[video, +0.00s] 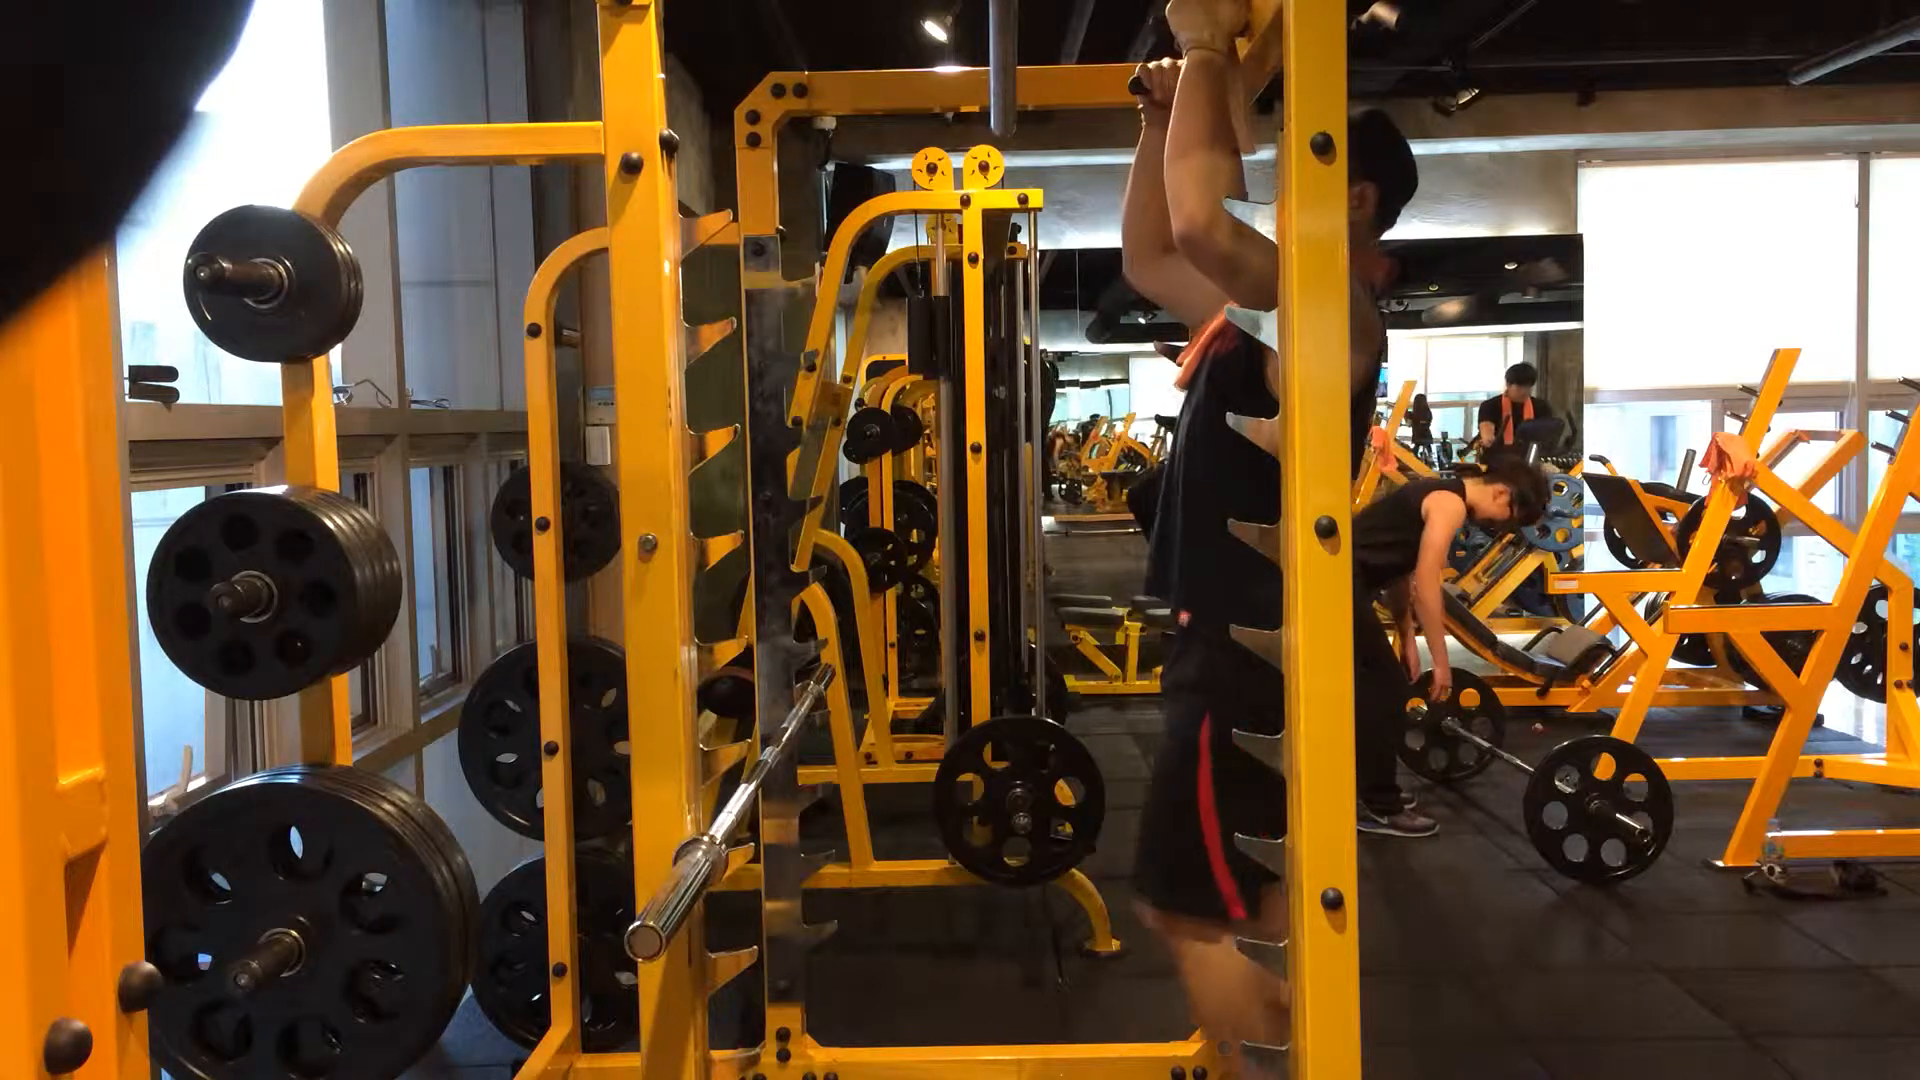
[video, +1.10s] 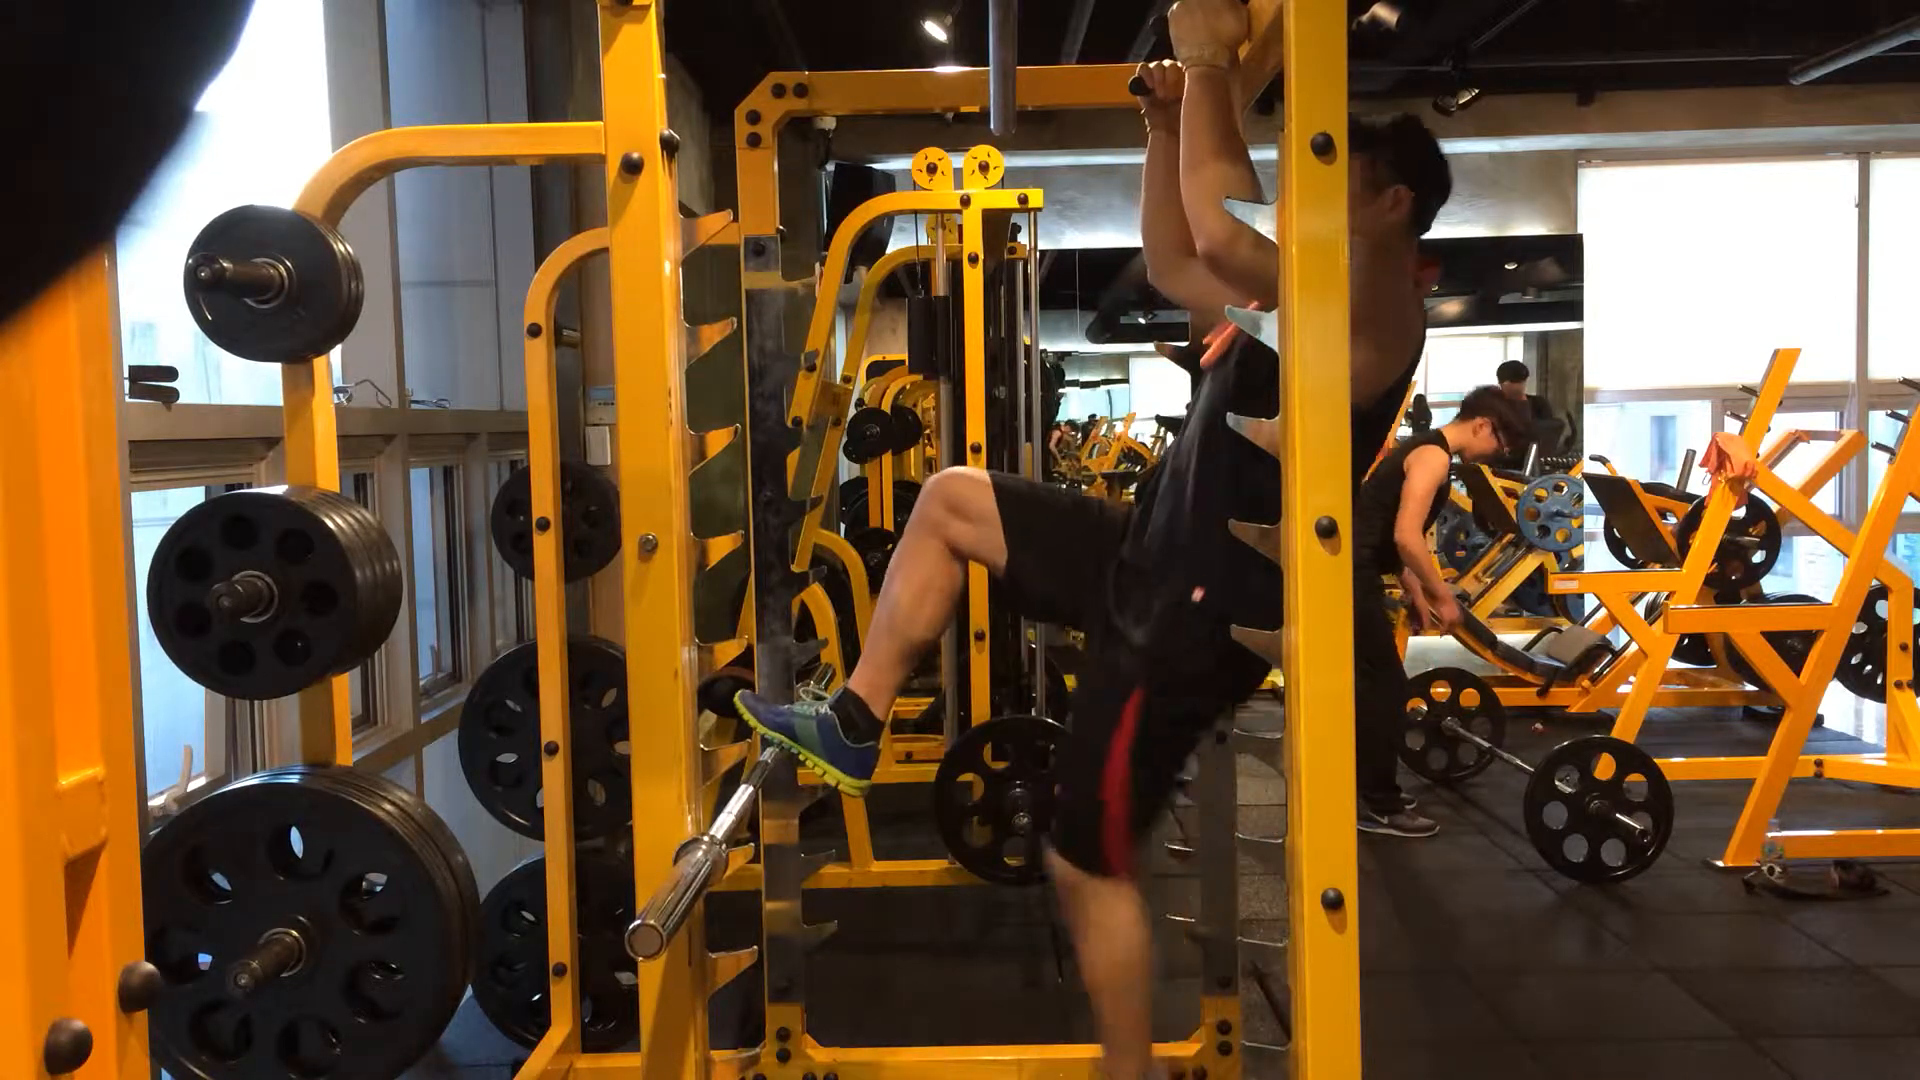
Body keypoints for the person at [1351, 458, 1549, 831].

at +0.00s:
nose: (1497, 526)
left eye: (1506, 524)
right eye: (1506, 519)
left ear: (1498, 489)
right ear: (1501, 492)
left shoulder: (1438, 491)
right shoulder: (1449, 504)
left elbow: (1402, 575)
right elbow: (1425, 584)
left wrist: (1407, 638)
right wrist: (1440, 661)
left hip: (1344, 584)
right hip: (1340, 586)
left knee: (1386, 682)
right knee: (1385, 685)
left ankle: (1377, 790)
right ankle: (1377, 802)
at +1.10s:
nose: (1491, 457)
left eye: (1499, 452)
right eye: (1497, 447)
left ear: (1479, 425)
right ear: (1483, 425)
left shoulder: (1427, 451)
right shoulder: (1433, 457)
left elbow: (1397, 536)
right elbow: (1407, 534)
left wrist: (1414, 594)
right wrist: (1442, 593)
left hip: (1355, 577)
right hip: (1352, 579)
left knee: (1379, 683)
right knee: (1386, 685)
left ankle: (1374, 791)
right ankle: (1378, 800)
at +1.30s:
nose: (1476, 418)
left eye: (1481, 409)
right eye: (1478, 407)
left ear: (1452, 393)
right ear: (1458, 393)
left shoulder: (1410, 428)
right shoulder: (1417, 435)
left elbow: (1392, 522)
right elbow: (1401, 522)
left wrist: (1416, 582)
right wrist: (1430, 585)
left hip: (1360, 572)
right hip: (1360, 576)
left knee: (1376, 682)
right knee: (1386, 684)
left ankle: (1372, 792)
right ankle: (1378, 801)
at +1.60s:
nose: (1442, 387)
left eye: (1444, 377)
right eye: (1439, 375)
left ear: (1421, 374)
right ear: (1418, 370)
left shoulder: (1391, 418)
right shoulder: (1395, 422)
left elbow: (1393, 510)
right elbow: (1395, 510)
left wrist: (1415, 569)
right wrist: (1433, 576)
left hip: (1370, 568)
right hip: (1372, 571)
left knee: (1379, 677)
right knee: (1388, 678)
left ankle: (1373, 791)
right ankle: (1376, 799)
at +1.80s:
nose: (1431, 381)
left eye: (1432, 373)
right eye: (1427, 371)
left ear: (1398, 378)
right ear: (1402, 374)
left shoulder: (1366, 422)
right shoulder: (1392, 426)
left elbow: (1387, 513)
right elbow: (1403, 513)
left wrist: (1415, 568)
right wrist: (1440, 575)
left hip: (1357, 571)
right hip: (1378, 575)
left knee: (1373, 682)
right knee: (1392, 683)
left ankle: (1370, 793)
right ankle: (1377, 800)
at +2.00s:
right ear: (1401, 387)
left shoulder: (1335, 423)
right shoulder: (1393, 425)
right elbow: (1409, 515)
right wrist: (1445, 578)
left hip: (1335, 575)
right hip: (1376, 579)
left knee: (1352, 685)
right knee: (1392, 685)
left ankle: (1351, 797)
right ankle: (1378, 802)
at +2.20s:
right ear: (1393, 396)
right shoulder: (1389, 432)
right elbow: (1405, 516)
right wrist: (1440, 578)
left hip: (1329, 574)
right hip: (1373, 579)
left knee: (1335, 685)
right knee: (1393, 684)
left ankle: (1317, 790)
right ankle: (1379, 801)